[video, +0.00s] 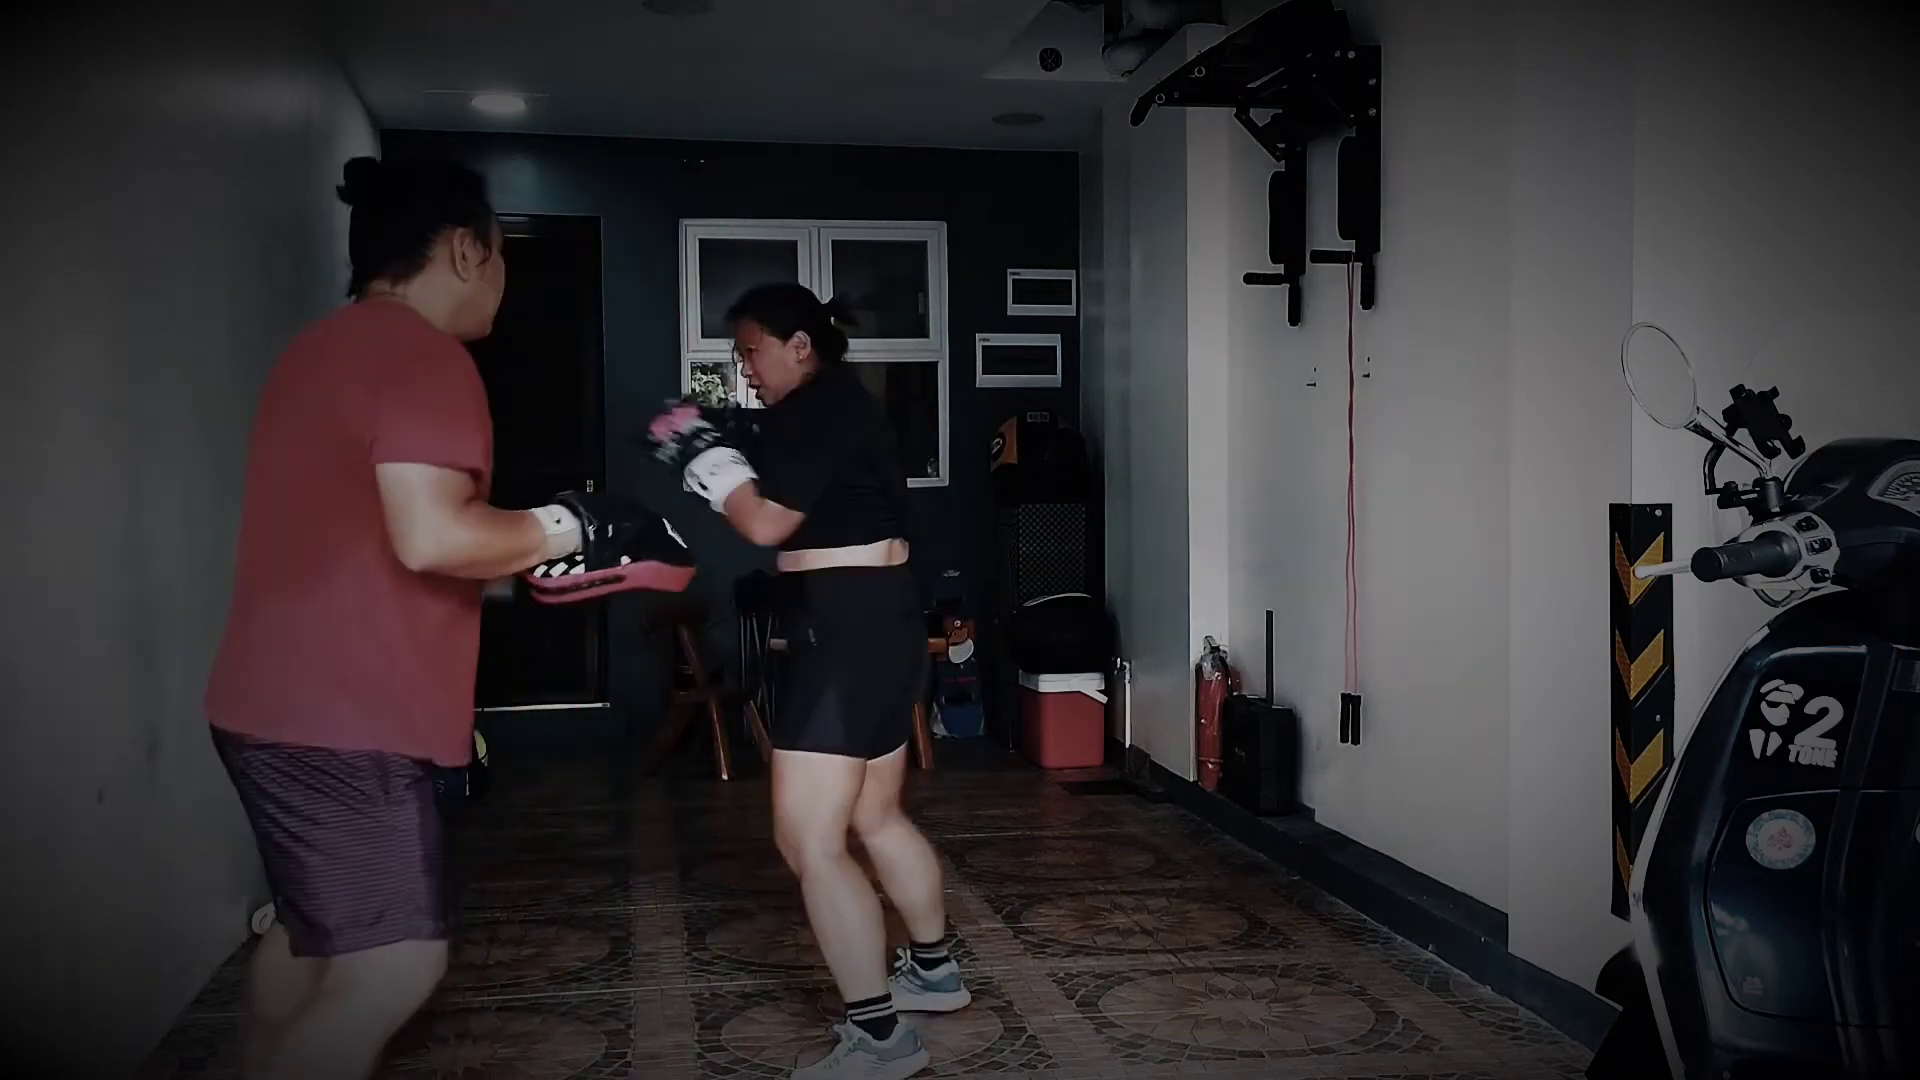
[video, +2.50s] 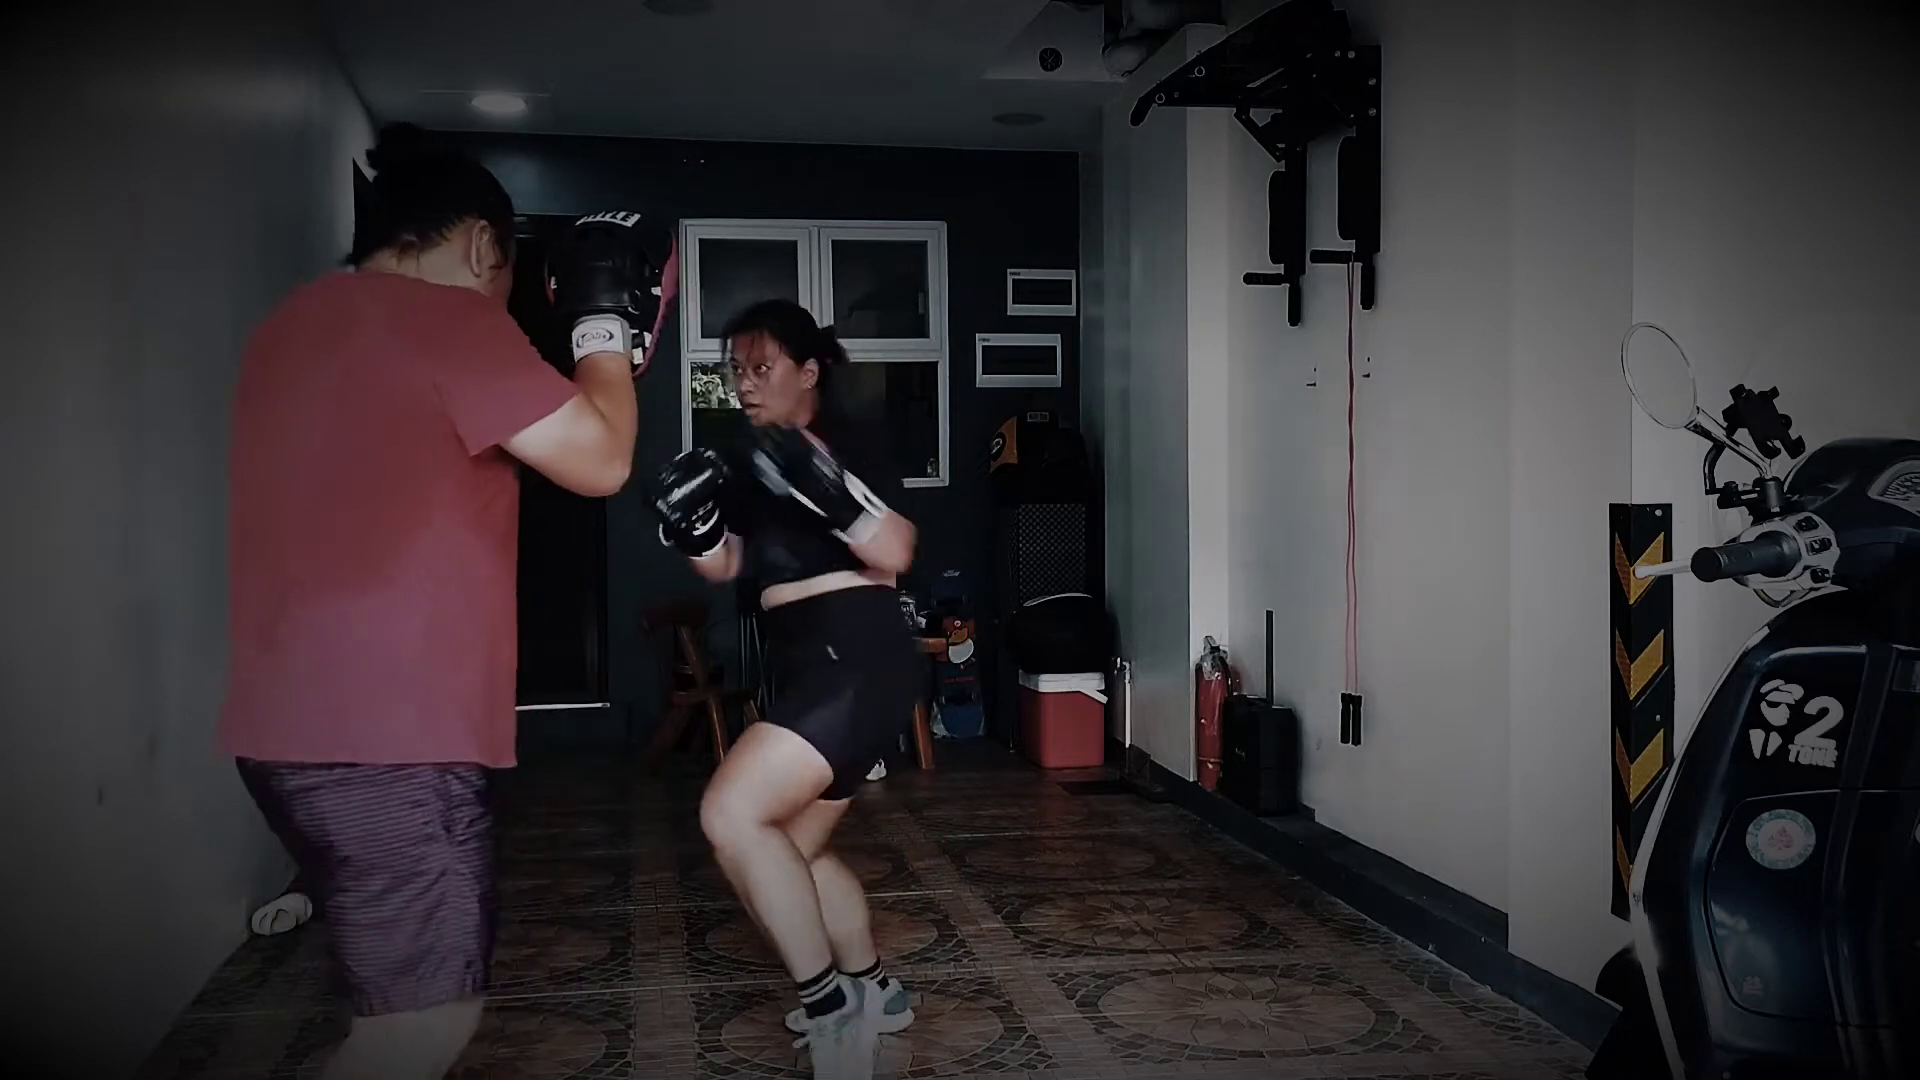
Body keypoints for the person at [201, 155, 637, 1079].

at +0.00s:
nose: (500, 280)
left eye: (501, 258)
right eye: (498, 255)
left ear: (383, 251)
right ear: (459, 249)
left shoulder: (322, 351)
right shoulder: (421, 357)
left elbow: (368, 532)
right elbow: (433, 534)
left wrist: (509, 565)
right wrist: (567, 524)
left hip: (285, 712)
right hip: (347, 725)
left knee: (305, 940)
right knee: (397, 960)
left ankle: (263, 1075)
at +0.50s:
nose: (476, 261)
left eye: (476, 240)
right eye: (473, 237)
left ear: (362, 220)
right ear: (445, 221)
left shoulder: (280, 328)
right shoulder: (431, 317)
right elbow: (576, 450)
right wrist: (582, 337)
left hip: (267, 707)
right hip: (355, 717)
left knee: (418, 864)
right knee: (320, 986)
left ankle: (405, 1062)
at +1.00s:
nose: (546, 265)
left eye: (541, 248)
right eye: (541, 246)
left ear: (428, 244)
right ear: (515, 234)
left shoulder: (350, 353)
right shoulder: (547, 328)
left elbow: (332, 534)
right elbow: (684, 441)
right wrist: (686, 341)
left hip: (357, 691)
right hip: (481, 686)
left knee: (467, 935)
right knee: (519, 952)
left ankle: (477, 1066)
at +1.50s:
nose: (585, 254)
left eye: (582, 229)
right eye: (583, 227)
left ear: (459, 216)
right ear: (556, 205)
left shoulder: (350, 331)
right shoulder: (556, 307)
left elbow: (293, 524)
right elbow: (581, 512)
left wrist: (472, 564)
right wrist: (663, 548)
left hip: (347, 730)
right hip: (491, 733)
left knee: (421, 984)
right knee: (540, 1014)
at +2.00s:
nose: (530, 269)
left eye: (531, 250)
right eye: (529, 247)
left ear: (416, 221)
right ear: (508, 226)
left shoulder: (304, 324)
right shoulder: (501, 312)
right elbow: (637, 466)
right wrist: (650, 382)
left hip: (294, 722)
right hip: (434, 728)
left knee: (374, 982)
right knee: (464, 994)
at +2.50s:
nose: (497, 281)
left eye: (500, 262)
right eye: (499, 258)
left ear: (384, 229)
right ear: (475, 238)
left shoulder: (286, 330)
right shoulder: (449, 326)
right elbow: (603, 460)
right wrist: (610, 341)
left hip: (286, 734)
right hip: (396, 744)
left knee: (392, 1002)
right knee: (426, 1018)